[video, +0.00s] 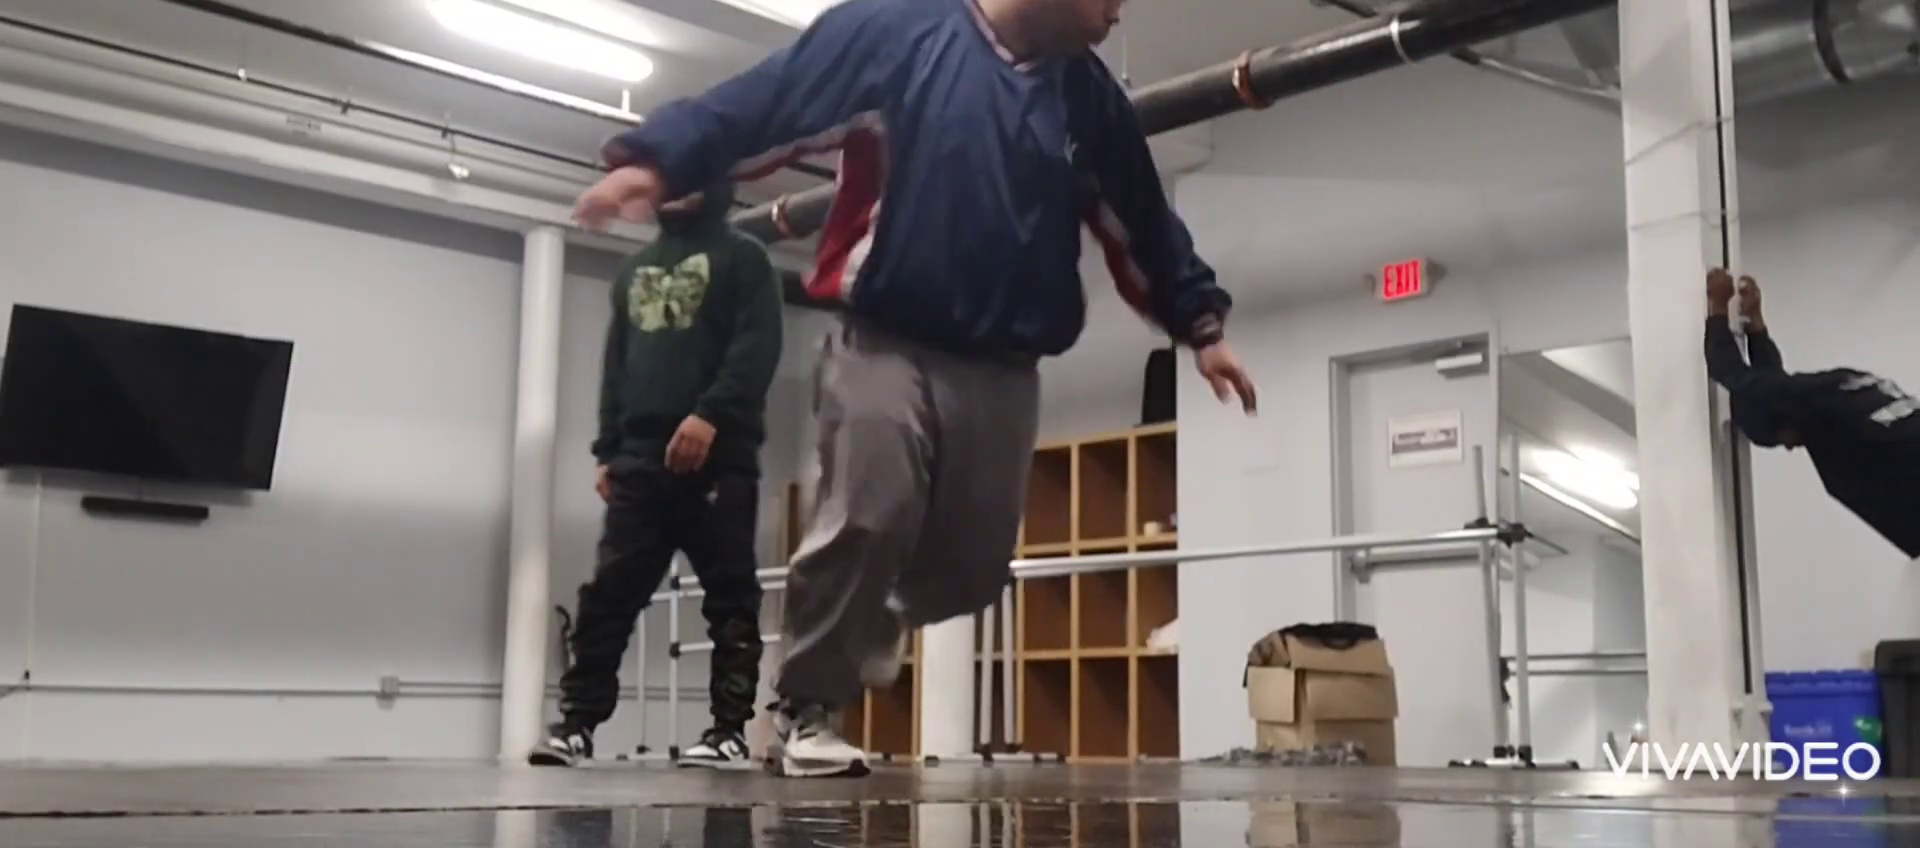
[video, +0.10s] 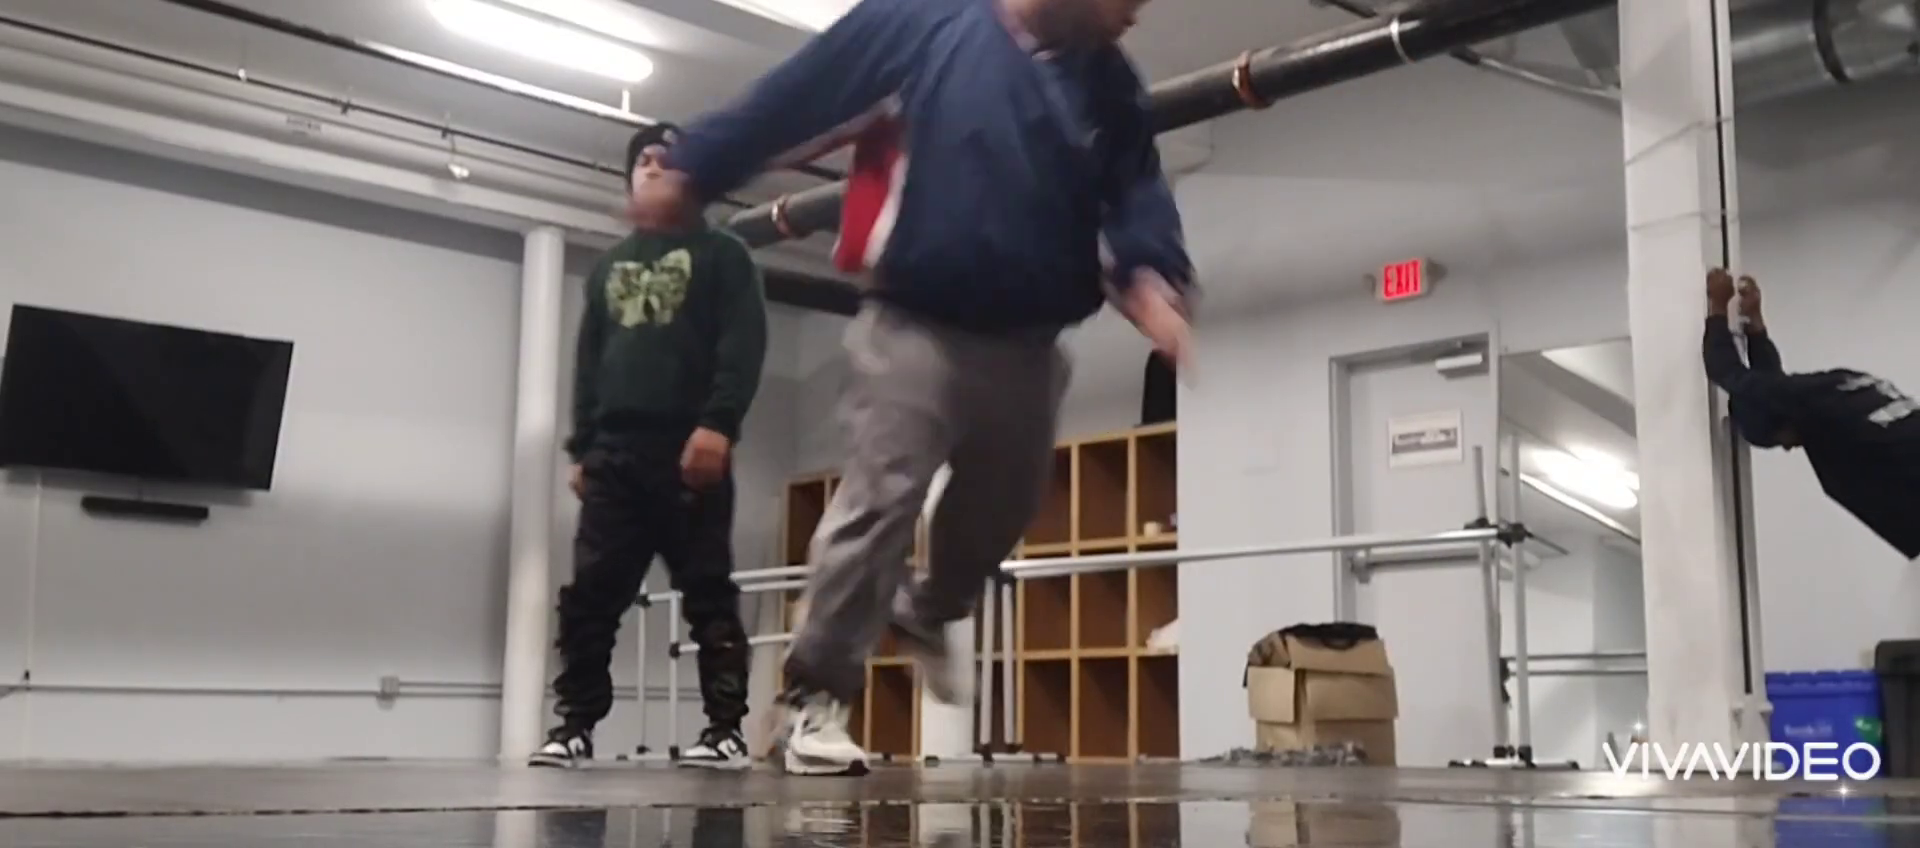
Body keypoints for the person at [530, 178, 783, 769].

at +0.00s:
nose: (673, 194)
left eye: (686, 180)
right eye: (664, 181)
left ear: (713, 184)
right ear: (649, 191)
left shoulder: (743, 256)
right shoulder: (635, 271)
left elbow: (757, 349)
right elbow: (616, 365)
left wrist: (708, 416)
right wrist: (609, 449)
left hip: (720, 459)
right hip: (642, 456)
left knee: (730, 594)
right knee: (610, 592)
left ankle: (728, 733)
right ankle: (576, 728)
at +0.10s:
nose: (652, 171)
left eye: (666, 163)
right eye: (643, 164)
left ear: (693, 182)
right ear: (630, 183)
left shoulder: (722, 253)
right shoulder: (612, 265)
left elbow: (744, 344)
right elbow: (589, 361)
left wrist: (718, 425)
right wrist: (585, 448)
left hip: (691, 450)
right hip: (618, 449)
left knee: (707, 591)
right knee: (591, 593)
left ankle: (724, 730)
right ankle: (575, 728)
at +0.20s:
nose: (638, 164)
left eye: (652, 157)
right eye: (627, 156)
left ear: (675, 175)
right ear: (612, 173)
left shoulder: (704, 248)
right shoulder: (589, 254)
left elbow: (729, 340)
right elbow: (563, 349)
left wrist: (727, 428)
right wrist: (547, 439)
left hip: (674, 444)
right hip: (595, 443)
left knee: (687, 589)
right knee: (577, 593)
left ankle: (719, 723)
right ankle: (575, 728)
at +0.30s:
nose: (627, 161)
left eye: (641, 154)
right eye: (616, 152)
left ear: (661, 173)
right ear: (597, 168)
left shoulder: (692, 247)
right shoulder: (568, 251)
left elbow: (722, 338)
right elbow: (535, 343)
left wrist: (732, 425)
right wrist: (506, 429)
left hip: (659, 439)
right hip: (582, 439)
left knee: (663, 584)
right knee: (568, 589)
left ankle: (702, 718)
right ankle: (573, 729)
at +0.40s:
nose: (622, 162)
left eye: (635, 156)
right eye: (611, 152)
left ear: (651, 174)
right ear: (588, 164)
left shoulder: (684, 251)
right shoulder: (553, 250)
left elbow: (715, 338)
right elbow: (510, 336)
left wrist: (727, 422)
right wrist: (471, 418)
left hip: (652, 438)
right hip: (573, 436)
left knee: (645, 578)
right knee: (563, 586)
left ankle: (668, 708)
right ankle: (573, 725)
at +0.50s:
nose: (621, 162)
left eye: (633, 154)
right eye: (609, 151)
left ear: (649, 170)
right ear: (584, 162)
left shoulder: (680, 251)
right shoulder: (548, 244)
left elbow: (705, 341)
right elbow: (497, 328)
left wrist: (713, 423)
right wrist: (453, 409)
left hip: (649, 440)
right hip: (568, 436)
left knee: (647, 583)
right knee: (563, 586)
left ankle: (640, 718)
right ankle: (573, 723)